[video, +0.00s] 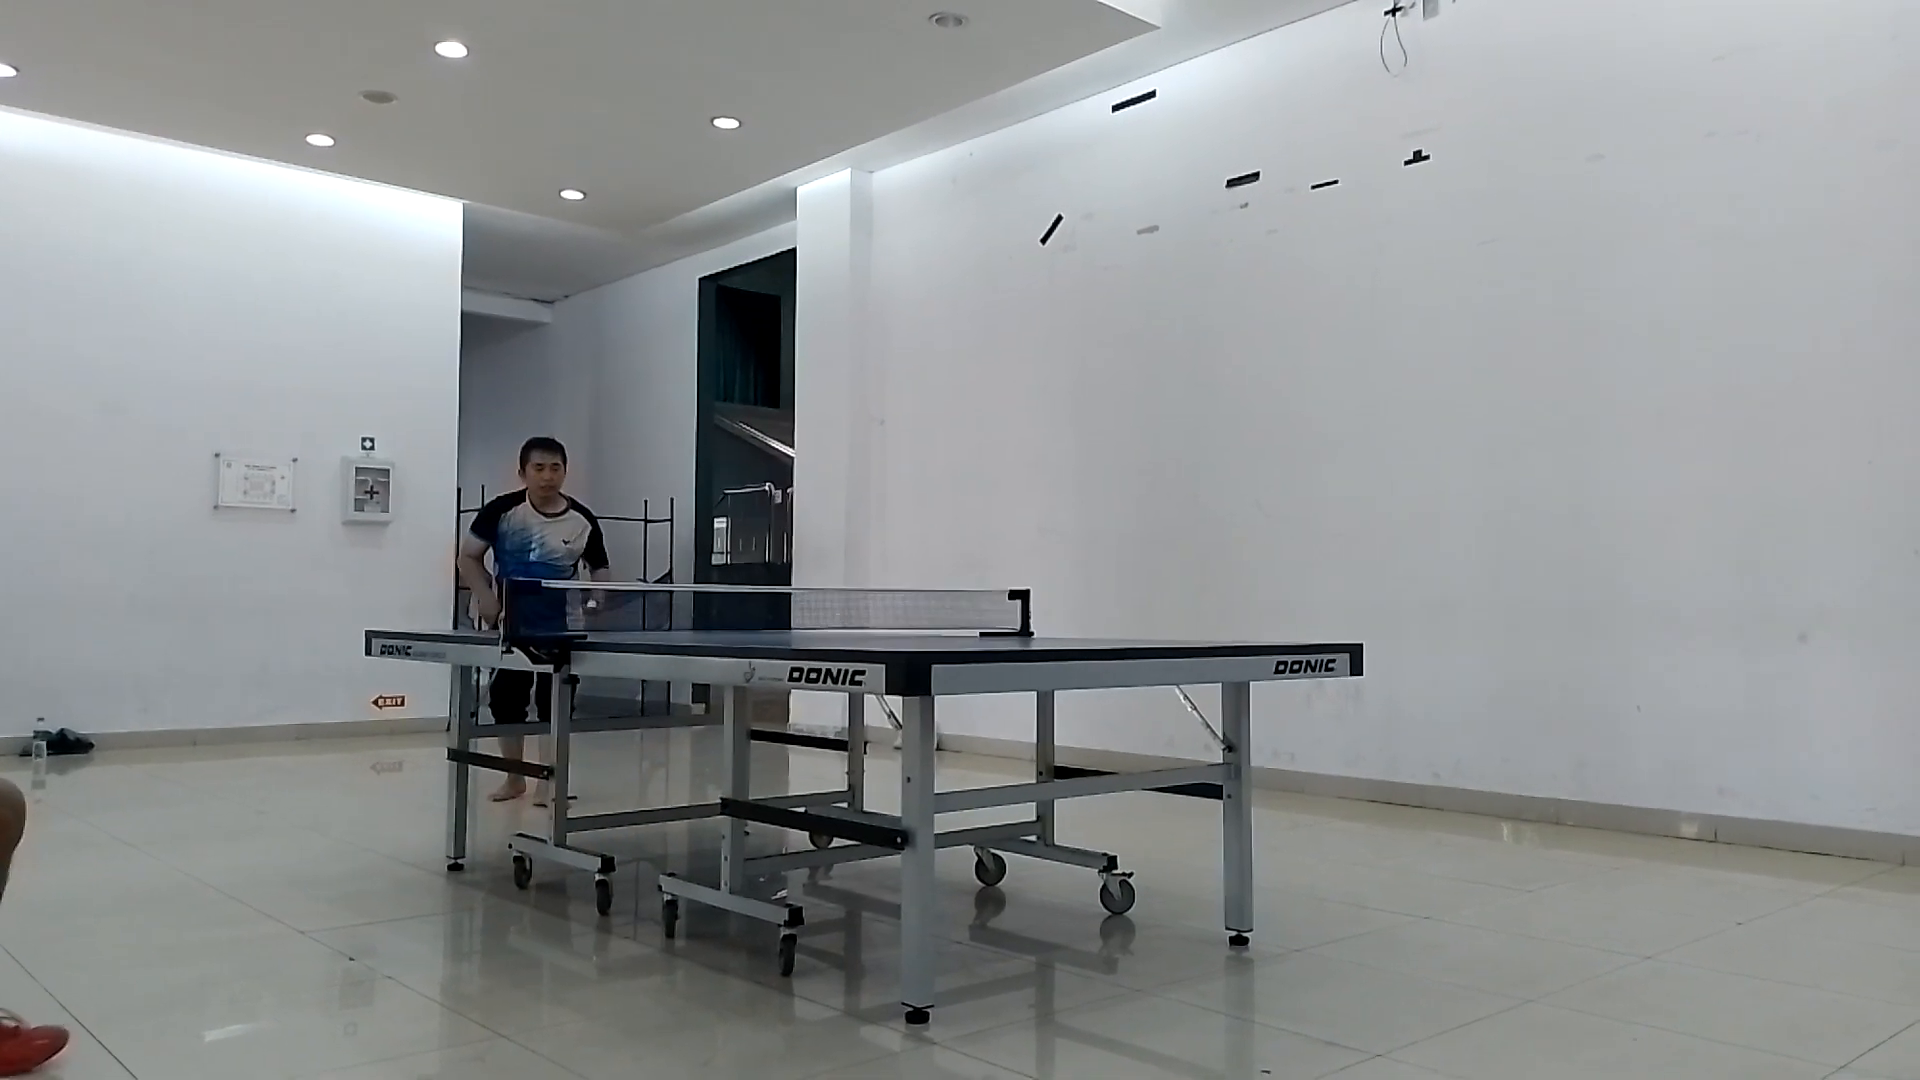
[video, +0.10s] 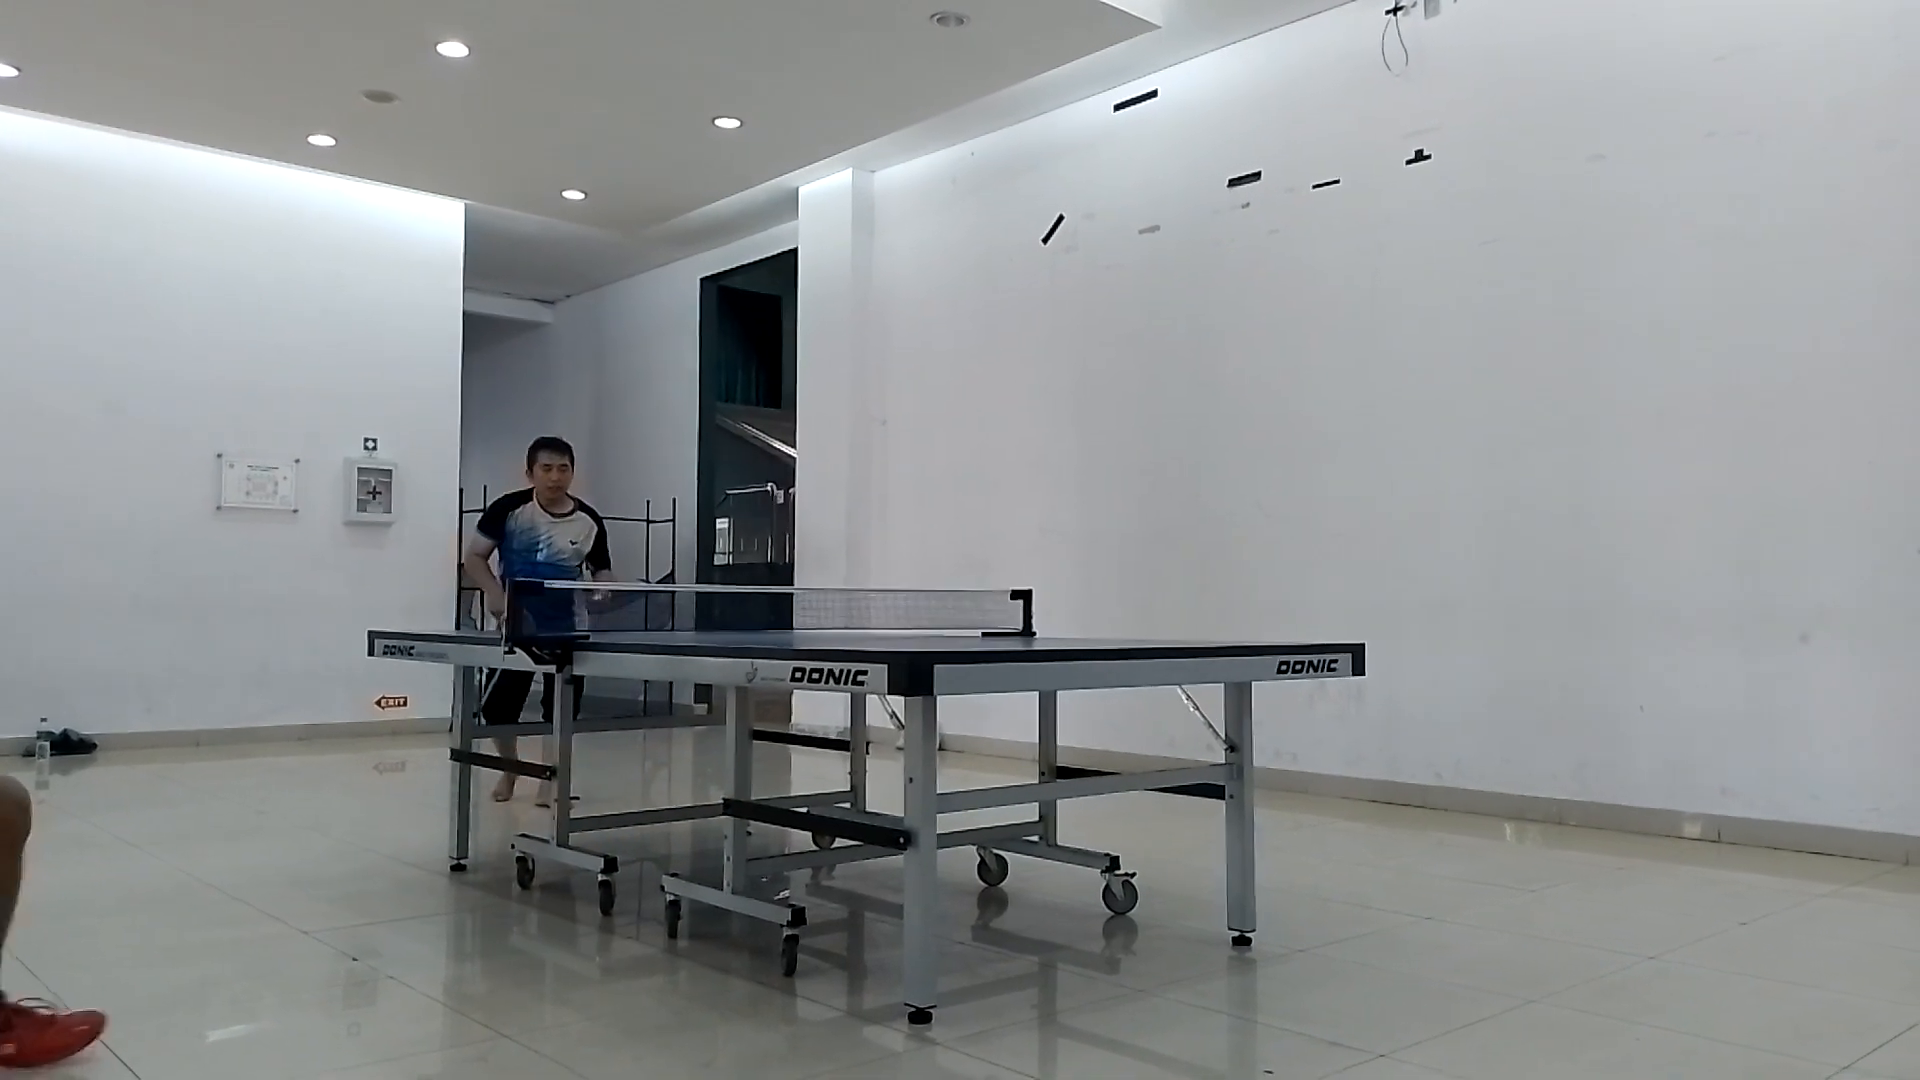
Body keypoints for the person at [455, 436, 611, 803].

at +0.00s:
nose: (548, 476)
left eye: (555, 468)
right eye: (539, 468)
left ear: (565, 471)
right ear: (523, 472)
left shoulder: (582, 519)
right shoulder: (500, 510)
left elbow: (602, 575)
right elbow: (468, 558)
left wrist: (599, 605)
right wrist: (485, 597)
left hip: (561, 626)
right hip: (513, 624)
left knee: (554, 705)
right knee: (504, 698)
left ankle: (551, 783)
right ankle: (515, 777)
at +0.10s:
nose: (555, 476)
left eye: (563, 468)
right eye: (546, 468)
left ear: (573, 472)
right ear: (531, 472)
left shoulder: (588, 519)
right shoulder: (508, 509)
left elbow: (603, 576)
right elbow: (473, 558)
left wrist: (602, 591)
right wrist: (494, 591)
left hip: (568, 629)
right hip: (520, 627)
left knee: (561, 712)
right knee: (497, 709)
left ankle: (551, 785)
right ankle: (510, 765)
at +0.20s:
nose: (557, 477)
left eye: (564, 469)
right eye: (548, 469)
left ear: (575, 472)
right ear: (532, 472)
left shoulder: (591, 522)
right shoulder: (509, 508)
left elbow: (602, 583)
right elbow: (473, 557)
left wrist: (601, 594)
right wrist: (499, 589)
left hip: (567, 628)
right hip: (517, 624)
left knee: (563, 709)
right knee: (492, 702)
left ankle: (549, 784)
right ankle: (494, 764)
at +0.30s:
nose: (560, 477)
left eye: (568, 468)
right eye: (551, 468)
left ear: (578, 472)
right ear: (535, 472)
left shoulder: (594, 522)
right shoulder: (511, 509)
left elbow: (605, 580)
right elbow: (474, 558)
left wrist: (603, 592)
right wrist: (500, 581)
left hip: (568, 631)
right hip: (518, 627)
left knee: (565, 709)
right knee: (493, 704)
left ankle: (551, 787)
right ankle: (482, 782)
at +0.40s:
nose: (557, 472)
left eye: (565, 464)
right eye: (548, 464)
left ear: (574, 469)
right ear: (531, 468)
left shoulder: (589, 520)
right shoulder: (507, 507)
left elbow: (602, 582)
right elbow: (467, 556)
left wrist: (610, 592)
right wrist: (493, 570)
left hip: (565, 631)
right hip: (515, 628)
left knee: (562, 715)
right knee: (488, 712)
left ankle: (547, 787)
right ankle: (469, 793)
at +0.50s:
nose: (554, 474)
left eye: (561, 466)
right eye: (544, 466)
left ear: (571, 471)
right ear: (527, 471)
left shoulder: (586, 523)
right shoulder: (504, 510)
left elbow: (598, 584)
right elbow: (462, 559)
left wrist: (611, 593)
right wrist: (491, 568)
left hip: (564, 633)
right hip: (515, 630)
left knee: (561, 717)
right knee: (491, 713)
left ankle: (548, 791)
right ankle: (471, 796)